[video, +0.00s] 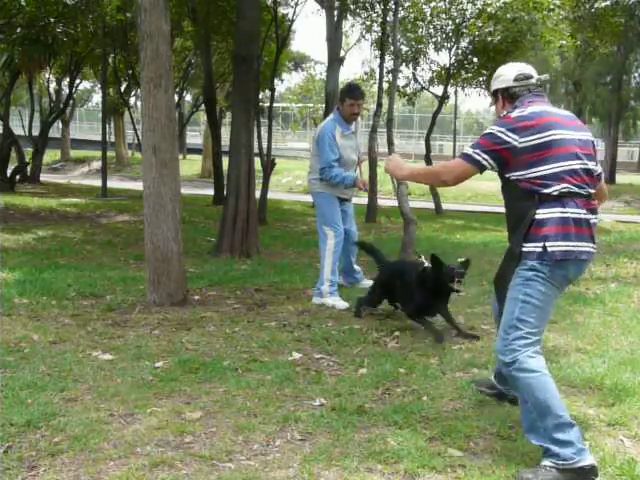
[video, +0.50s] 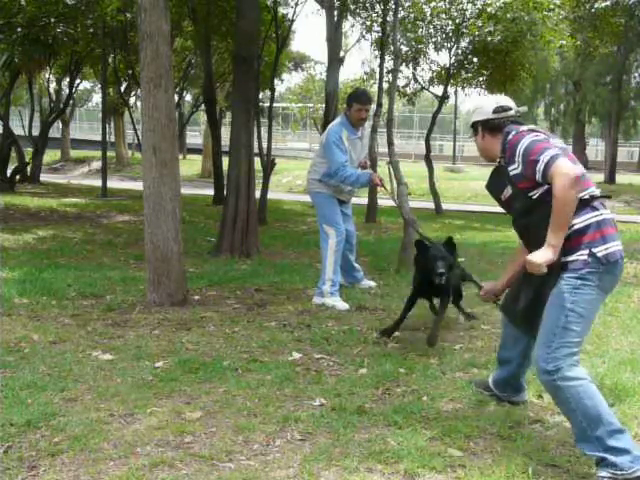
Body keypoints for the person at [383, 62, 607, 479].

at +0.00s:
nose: (494, 109)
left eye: (494, 103)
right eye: (493, 103)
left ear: (504, 97)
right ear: (536, 92)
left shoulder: (511, 125)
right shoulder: (576, 124)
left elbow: (452, 173)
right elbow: (599, 193)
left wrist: (405, 172)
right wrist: (562, 217)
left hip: (546, 245)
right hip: (579, 244)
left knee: (516, 350)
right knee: (507, 300)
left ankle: (569, 456)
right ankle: (509, 382)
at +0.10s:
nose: (487, 117)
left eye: (487, 110)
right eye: (487, 110)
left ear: (496, 107)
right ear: (524, 101)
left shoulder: (510, 130)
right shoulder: (551, 128)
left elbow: (466, 187)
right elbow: (561, 200)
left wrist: (416, 195)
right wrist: (509, 228)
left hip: (551, 247)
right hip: (577, 245)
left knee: (516, 350)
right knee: (506, 294)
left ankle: (568, 453)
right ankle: (505, 383)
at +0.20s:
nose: (478, 139)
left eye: (478, 131)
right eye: (478, 132)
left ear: (487, 127)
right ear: (510, 121)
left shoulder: (510, 139)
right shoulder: (525, 138)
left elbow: (507, 197)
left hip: (569, 246)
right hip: (554, 245)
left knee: (517, 339)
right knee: (498, 303)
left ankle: (564, 449)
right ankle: (503, 383)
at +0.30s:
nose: (470, 151)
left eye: (470, 143)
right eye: (468, 144)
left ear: (480, 137)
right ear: (489, 139)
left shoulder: (514, 143)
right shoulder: (498, 175)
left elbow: (551, 184)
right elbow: (483, 232)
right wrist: (451, 264)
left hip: (580, 249)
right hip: (550, 253)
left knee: (531, 341)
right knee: (498, 307)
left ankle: (589, 452)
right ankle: (506, 385)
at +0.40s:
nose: (471, 149)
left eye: (470, 141)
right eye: (470, 142)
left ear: (480, 137)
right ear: (490, 138)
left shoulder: (516, 143)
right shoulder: (499, 176)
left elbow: (567, 171)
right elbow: (511, 242)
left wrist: (548, 235)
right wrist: (479, 295)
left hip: (583, 256)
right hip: (553, 259)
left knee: (555, 361)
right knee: (506, 306)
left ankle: (624, 457)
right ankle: (506, 386)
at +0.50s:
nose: (475, 144)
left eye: (475, 136)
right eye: (474, 137)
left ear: (485, 132)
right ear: (496, 131)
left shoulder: (523, 140)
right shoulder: (511, 170)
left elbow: (568, 175)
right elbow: (533, 238)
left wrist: (551, 245)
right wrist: (503, 283)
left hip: (590, 255)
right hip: (562, 257)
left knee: (555, 362)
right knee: (518, 307)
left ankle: (621, 461)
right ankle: (507, 385)